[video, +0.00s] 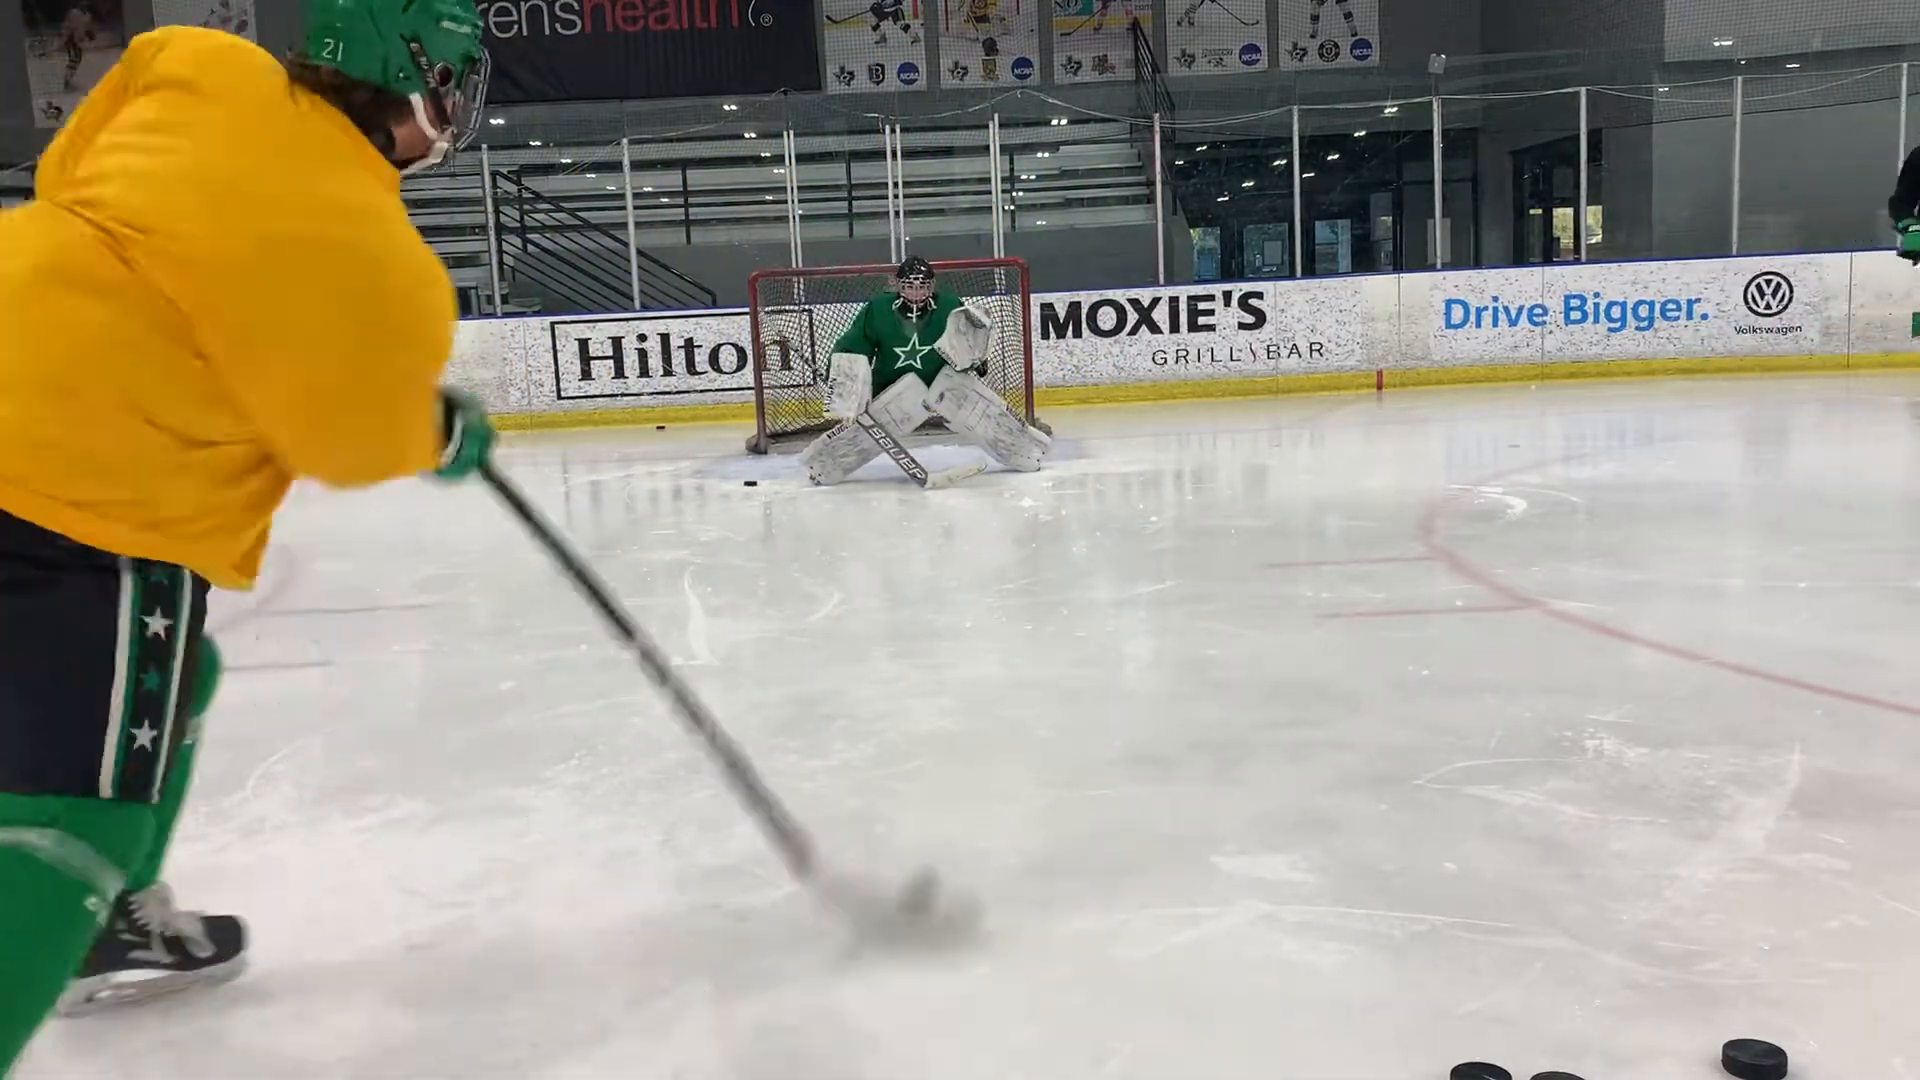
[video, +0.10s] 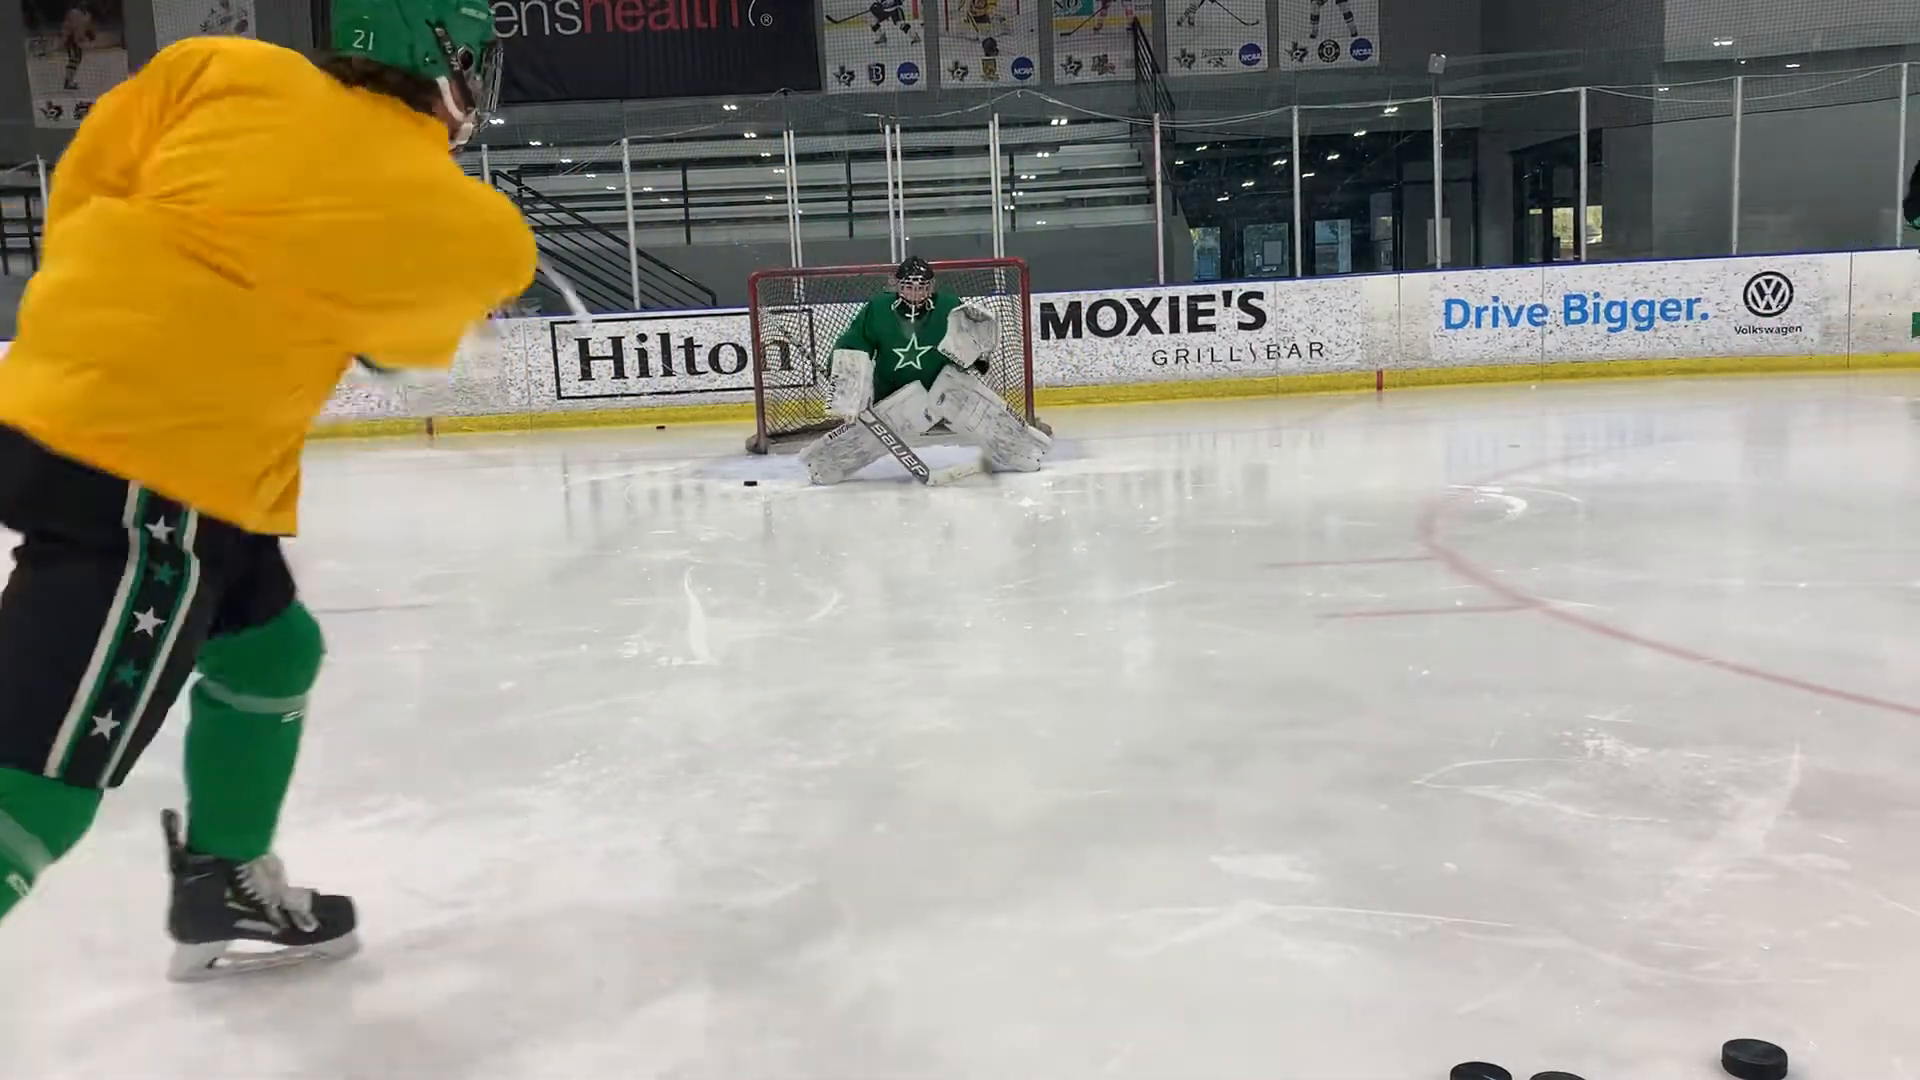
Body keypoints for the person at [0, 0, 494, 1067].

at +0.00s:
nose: (452, 134)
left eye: (461, 107)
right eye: (451, 103)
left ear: (330, 56)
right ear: (405, 92)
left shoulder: (190, 82)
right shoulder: (358, 239)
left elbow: (64, 171)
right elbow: (356, 440)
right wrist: (444, 430)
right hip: (83, 482)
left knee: (164, 676)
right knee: (65, 836)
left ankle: (98, 907)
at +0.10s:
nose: (478, 109)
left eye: (483, 80)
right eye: (475, 78)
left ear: (354, 45)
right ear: (439, 68)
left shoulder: (216, 66)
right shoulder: (457, 211)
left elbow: (78, 186)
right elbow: (404, 344)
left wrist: (80, 309)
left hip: (40, 409)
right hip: (152, 469)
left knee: (267, 651)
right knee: (27, 804)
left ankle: (225, 883)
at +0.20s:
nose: (502, 85)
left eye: (501, 65)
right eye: (496, 63)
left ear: (368, 40)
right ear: (468, 58)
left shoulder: (264, 74)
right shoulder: (471, 151)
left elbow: (116, 208)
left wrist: (164, 332)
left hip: (111, 374)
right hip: (234, 411)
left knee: (314, 636)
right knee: (56, 741)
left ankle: (273, 873)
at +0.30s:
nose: (505, 59)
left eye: (503, 42)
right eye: (499, 40)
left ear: (381, 26)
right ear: (479, 40)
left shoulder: (285, 65)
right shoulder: (489, 121)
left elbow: (161, 233)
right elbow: (557, 187)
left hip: (165, 354)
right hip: (287, 385)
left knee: (350, 614)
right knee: (133, 704)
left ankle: (333, 862)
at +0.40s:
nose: (515, 52)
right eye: (511, 39)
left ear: (391, 18)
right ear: (494, 34)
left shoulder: (294, 54)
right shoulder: (538, 120)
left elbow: (187, 222)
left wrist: (238, 330)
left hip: (213, 349)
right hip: (339, 369)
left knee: (401, 598)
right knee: (229, 692)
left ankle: (388, 842)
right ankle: (11, 919)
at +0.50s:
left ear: (401, 5)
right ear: (502, 14)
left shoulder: (312, 48)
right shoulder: (567, 97)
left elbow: (211, 219)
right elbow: (521, 282)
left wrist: (274, 329)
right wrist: (400, 311)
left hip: (269, 345)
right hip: (379, 357)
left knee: (456, 595)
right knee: (357, 681)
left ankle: (447, 825)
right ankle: (133, 913)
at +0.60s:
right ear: (520, 6)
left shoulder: (335, 40)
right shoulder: (565, 65)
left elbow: (243, 226)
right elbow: (584, 275)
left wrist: (315, 317)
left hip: (307, 345)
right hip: (407, 351)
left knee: (495, 583)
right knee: (454, 659)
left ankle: (476, 811)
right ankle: (249, 891)